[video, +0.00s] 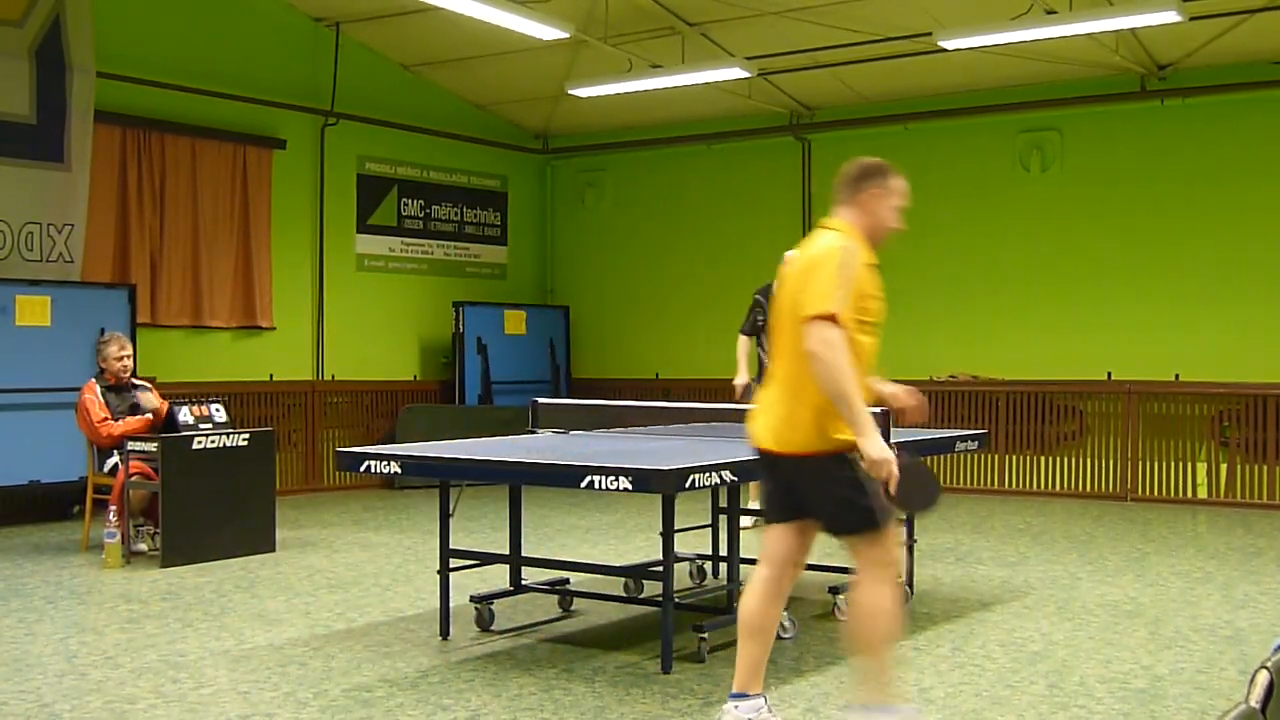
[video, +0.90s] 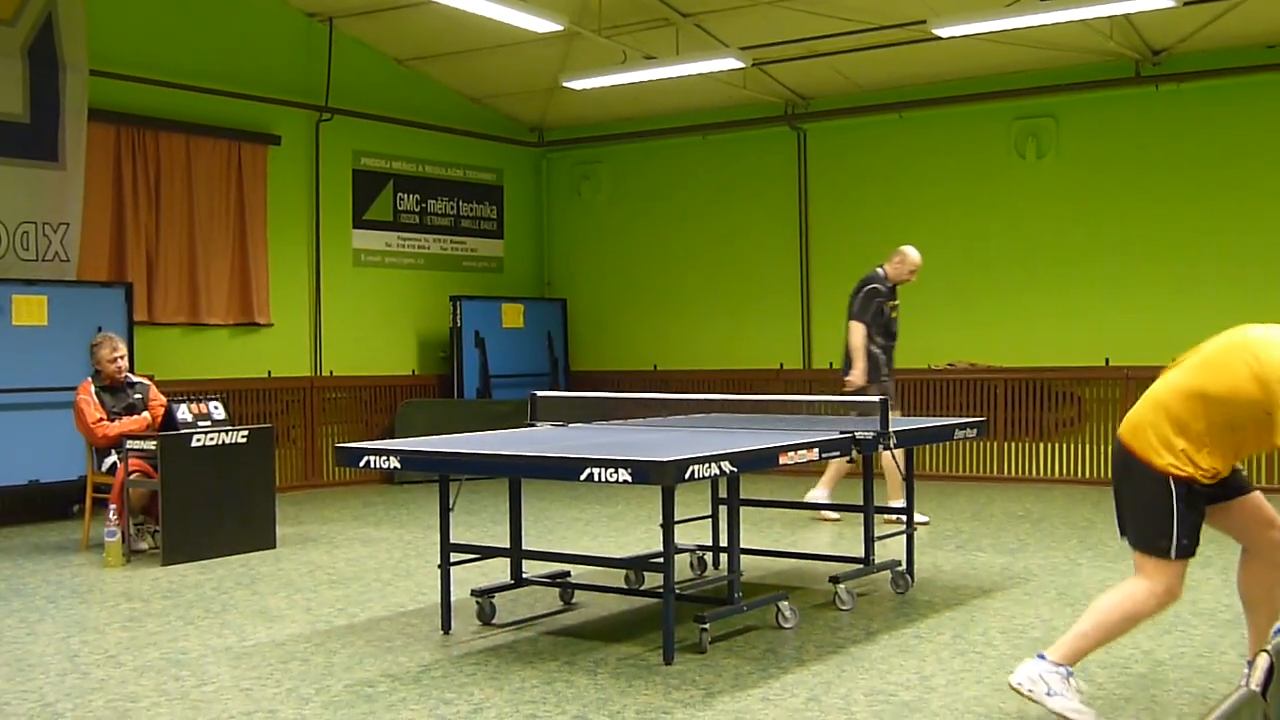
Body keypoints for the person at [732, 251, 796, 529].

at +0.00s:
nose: (792, 269)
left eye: (797, 265)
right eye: (789, 263)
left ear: (807, 269)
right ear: (782, 267)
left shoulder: (813, 299)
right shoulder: (765, 296)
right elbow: (746, 334)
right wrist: (742, 372)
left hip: (801, 385)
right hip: (769, 383)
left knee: (798, 450)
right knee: (763, 449)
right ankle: (754, 505)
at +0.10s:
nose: (812, 275)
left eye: (816, 270)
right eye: (806, 270)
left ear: (819, 272)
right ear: (792, 271)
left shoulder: (823, 298)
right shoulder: (774, 297)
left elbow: (832, 338)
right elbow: (755, 335)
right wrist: (752, 375)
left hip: (812, 385)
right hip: (777, 384)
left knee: (815, 445)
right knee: (763, 443)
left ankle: (816, 509)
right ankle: (751, 502)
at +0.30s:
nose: (837, 276)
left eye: (840, 272)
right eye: (833, 271)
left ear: (842, 273)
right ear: (816, 270)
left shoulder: (840, 296)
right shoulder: (796, 296)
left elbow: (838, 335)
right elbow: (778, 335)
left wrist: (838, 370)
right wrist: (780, 376)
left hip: (828, 382)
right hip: (799, 384)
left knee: (826, 446)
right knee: (791, 443)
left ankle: (810, 512)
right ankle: (760, 495)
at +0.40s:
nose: (851, 279)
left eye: (854, 274)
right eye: (847, 273)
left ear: (853, 275)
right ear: (831, 270)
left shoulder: (847, 297)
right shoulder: (809, 296)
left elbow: (846, 334)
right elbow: (791, 334)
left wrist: (856, 368)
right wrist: (794, 374)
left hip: (835, 382)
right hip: (811, 382)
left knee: (826, 445)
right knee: (822, 440)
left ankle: (811, 510)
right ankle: (786, 499)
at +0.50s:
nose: (862, 281)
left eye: (865, 276)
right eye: (858, 275)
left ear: (862, 276)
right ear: (841, 270)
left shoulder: (853, 298)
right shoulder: (820, 295)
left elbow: (852, 334)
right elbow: (800, 332)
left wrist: (868, 367)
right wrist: (802, 372)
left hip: (840, 381)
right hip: (820, 381)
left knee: (826, 443)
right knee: (838, 440)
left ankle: (810, 508)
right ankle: (816, 507)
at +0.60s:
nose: (878, 284)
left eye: (880, 279)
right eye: (875, 277)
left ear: (872, 276)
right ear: (858, 271)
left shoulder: (862, 298)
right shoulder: (835, 294)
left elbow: (860, 334)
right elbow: (815, 330)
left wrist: (879, 362)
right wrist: (815, 370)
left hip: (845, 380)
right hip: (831, 380)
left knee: (825, 446)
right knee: (855, 441)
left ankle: (809, 509)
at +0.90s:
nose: (913, 278)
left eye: (915, 273)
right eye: (911, 272)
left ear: (900, 266)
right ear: (896, 263)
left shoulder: (889, 287)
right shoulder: (873, 286)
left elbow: (880, 334)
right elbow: (856, 326)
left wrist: (883, 373)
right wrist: (859, 367)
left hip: (878, 374)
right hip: (871, 375)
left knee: (854, 438)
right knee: (892, 439)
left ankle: (820, 493)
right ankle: (897, 505)